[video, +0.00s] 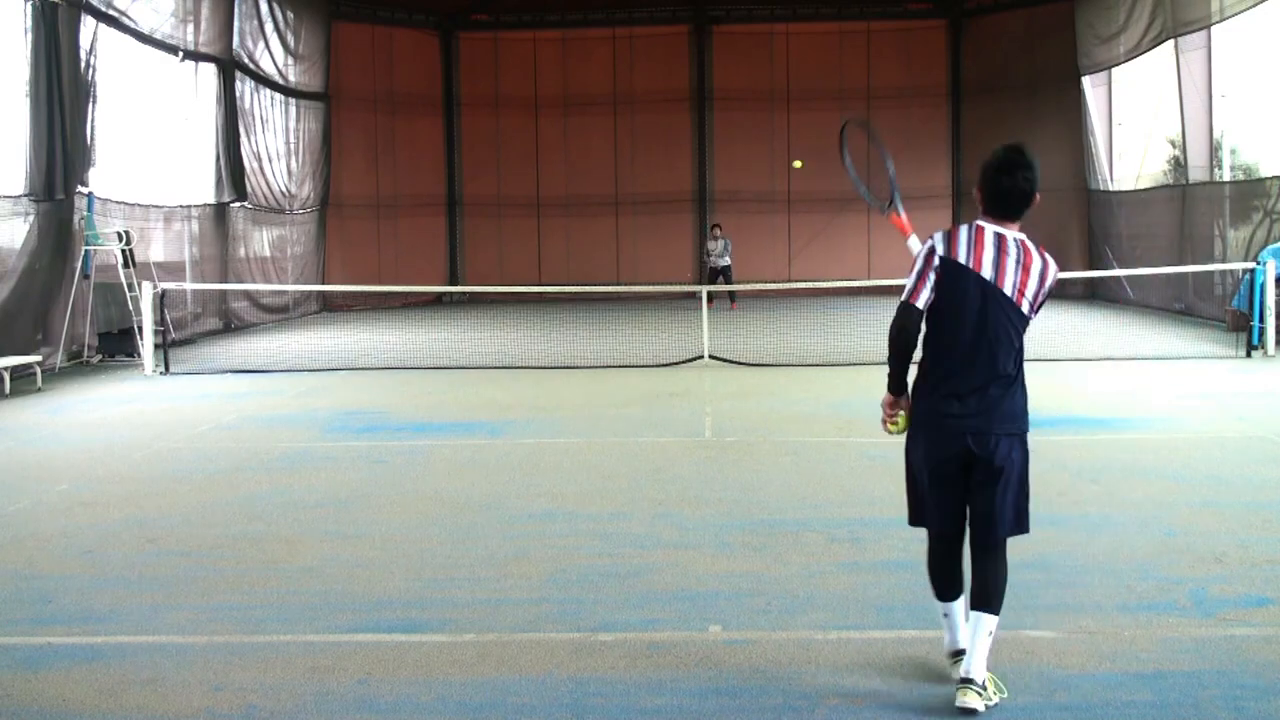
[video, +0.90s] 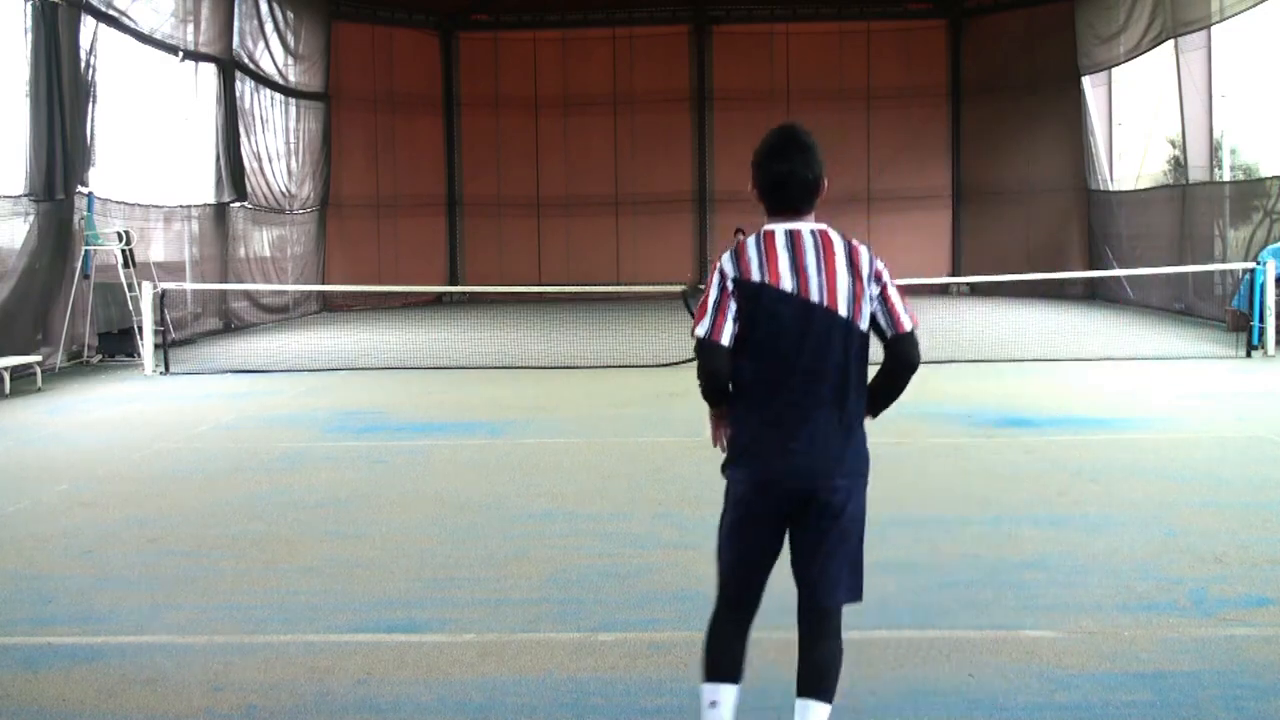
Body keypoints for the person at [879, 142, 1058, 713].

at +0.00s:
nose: (986, 195)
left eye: (984, 186)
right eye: (1028, 194)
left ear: (978, 193)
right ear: (1033, 203)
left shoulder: (940, 245)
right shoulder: (1042, 268)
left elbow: (905, 325)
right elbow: (1003, 314)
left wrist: (895, 388)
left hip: (937, 421)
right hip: (1000, 424)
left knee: (944, 532)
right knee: (991, 541)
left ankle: (957, 639)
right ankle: (974, 675)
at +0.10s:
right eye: (1011, 176)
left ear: (954, 178)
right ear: (1011, 185)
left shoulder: (924, 232)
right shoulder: (1026, 254)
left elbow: (895, 315)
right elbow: (1016, 328)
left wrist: (887, 377)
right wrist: (961, 348)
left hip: (925, 414)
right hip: (989, 418)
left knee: (918, 532)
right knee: (983, 535)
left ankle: (922, 658)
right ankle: (976, 674)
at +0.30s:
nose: (940, 196)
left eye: (904, 188)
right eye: (945, 188)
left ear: (895, 197)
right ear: (952, 197)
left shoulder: (877, 262)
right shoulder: (982, 266)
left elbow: (859, 361)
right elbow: (1019, 349)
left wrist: (860, 427)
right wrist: (998, 406)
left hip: (894, 443)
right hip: (961, 443)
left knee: (855, 560)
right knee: (965, 555)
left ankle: (846, 685)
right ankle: (971, 681)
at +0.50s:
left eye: (827, 198)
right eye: (867, 196)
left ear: (817, 207)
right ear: (875, 203)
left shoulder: (798, 280)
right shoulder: (911, 267)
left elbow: (782, 391)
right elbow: (967, 336)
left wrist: (798, 451)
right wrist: (974, 400)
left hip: (835, 466)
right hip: (909, 463)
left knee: (818, 592)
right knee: (941, 572)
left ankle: (820, 714)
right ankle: (968, 687)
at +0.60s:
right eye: (845, 189)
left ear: (790, 201)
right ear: (851, 198)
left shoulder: (772, 276)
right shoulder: (889, 262)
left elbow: (765, 380)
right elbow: (951, 339)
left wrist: (786, 452)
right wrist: (944, 403)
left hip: (810, 458)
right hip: (885, 453)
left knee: (808, 593)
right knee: (914, 576)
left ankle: (816, 713)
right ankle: (932, 706)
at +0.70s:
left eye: (784, 168)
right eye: (831, 163)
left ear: (776, 176)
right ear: (838, 172)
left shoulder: (757, 251)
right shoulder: (877, 241)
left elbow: (743, 363)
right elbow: (936, 321)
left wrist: (772, 426)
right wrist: (916, 387)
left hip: (791, 442)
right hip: (867, 438)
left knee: (798, 580)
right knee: (875, 571)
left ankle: (806, 712)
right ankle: (866, 710)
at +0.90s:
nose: (773, 190)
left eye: (763, 181)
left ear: (757, 189)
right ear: (821, 189)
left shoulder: (737, 260)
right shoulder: (861, 262)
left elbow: (712, 361)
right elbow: (906, 355)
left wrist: (720, 407)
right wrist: (861, 409)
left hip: (759, 462)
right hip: (835, 463)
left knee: (735, 604)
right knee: (824, 612)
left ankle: (716, 713)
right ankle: (812, 717)